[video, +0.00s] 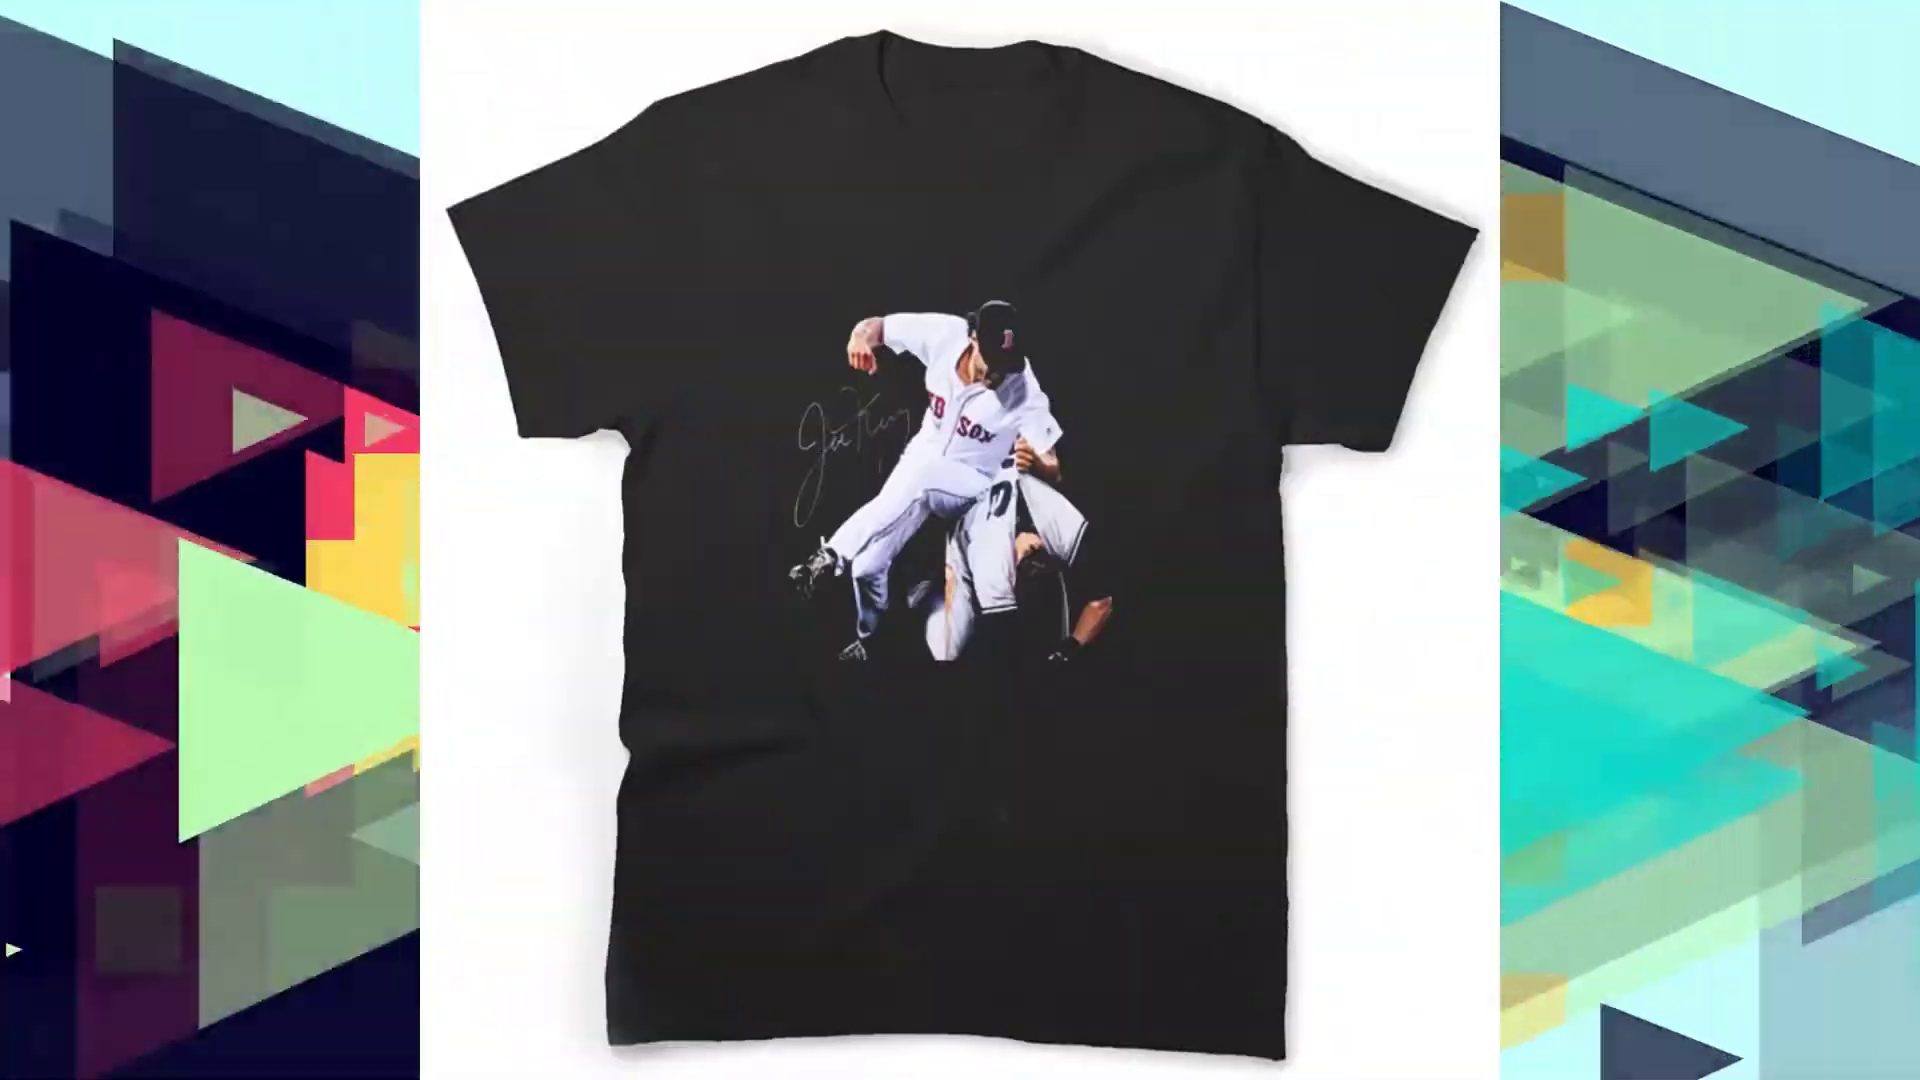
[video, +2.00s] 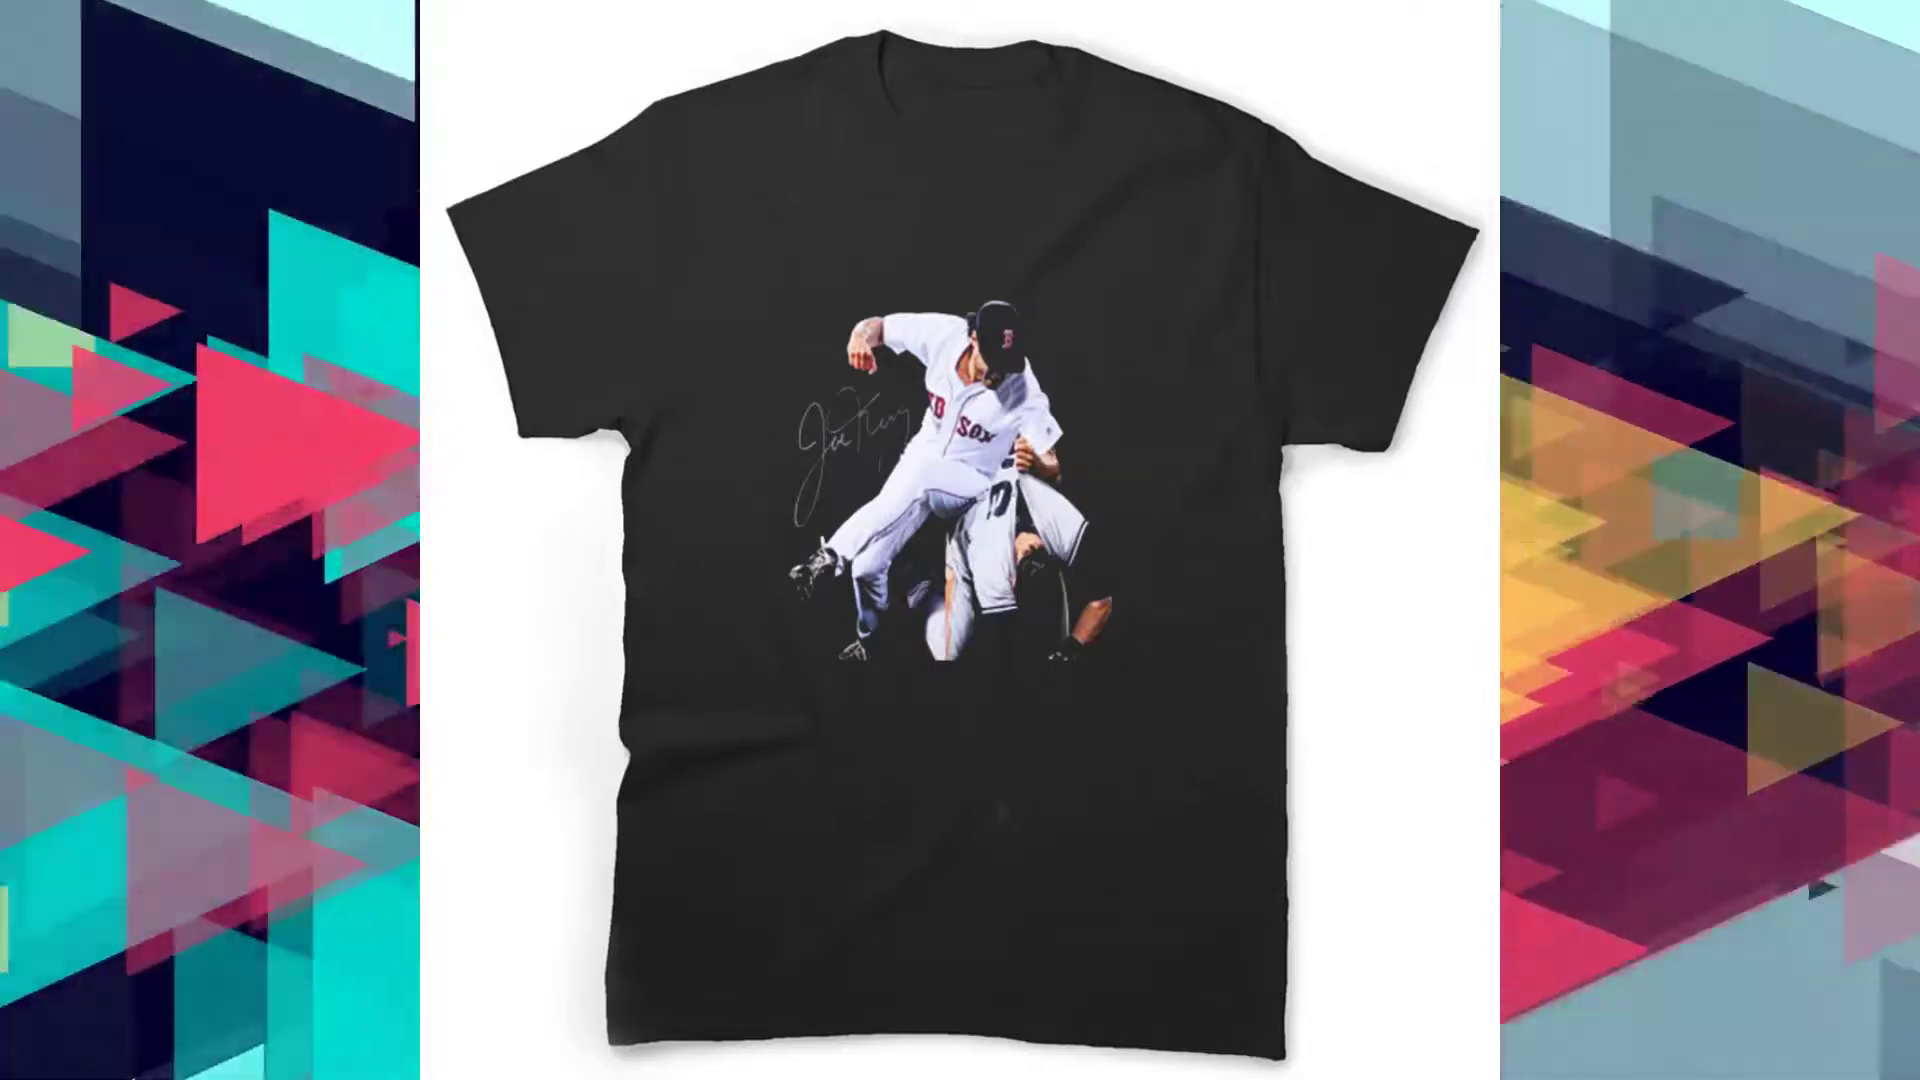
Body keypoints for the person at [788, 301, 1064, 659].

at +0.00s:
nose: (995, 373)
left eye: (1004, 366)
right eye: (990, 364)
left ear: (1016, 355)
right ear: (973, 342)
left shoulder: (1023, 390)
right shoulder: (946, 334)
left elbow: (1055, 470)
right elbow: (874, 327)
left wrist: (1038, 463)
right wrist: (861, 341)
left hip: (978, 482)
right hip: (922, 460)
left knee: (920, 477)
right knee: (867, 565)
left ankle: (827, 559)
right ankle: (870, 640)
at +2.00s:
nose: (997, 374)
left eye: (1006, 367)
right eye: (991, 364)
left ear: (1017, 354)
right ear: (973, 341)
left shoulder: (1023, 389)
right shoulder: (946, 334)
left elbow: (1054, 468)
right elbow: (878, 327)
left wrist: (1038, 463)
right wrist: (861, 338)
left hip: (979, 482)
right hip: (922, 460)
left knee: (920, 476)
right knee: (867, 566)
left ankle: (828, 560)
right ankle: (871, 642)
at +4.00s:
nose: (997, 374)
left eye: (1006, 367)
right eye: (992, 365)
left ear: (1017, 354)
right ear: (973, 341)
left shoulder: (1024, 390)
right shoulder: (946, 334)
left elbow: (1053, 468)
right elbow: (877, 327)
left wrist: (1038, 463)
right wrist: (861, 339)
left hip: (978, 482)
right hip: (922, 460)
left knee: (920, 477)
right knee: (867, 566)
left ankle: (828, 560)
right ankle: (871, 641)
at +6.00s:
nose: (994, 375)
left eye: (1003, 368)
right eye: (990, 365)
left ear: (1016, 355)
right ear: (973, 341)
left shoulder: (1024, 390)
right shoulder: (946, 334)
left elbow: (1054, 469)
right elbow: (877, 327)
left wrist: (1038, 463)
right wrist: (861, 339)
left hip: (979, 484)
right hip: (922, 462)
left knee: (920, 474)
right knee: (867, 567)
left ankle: (828, 560)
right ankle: (872, 642)